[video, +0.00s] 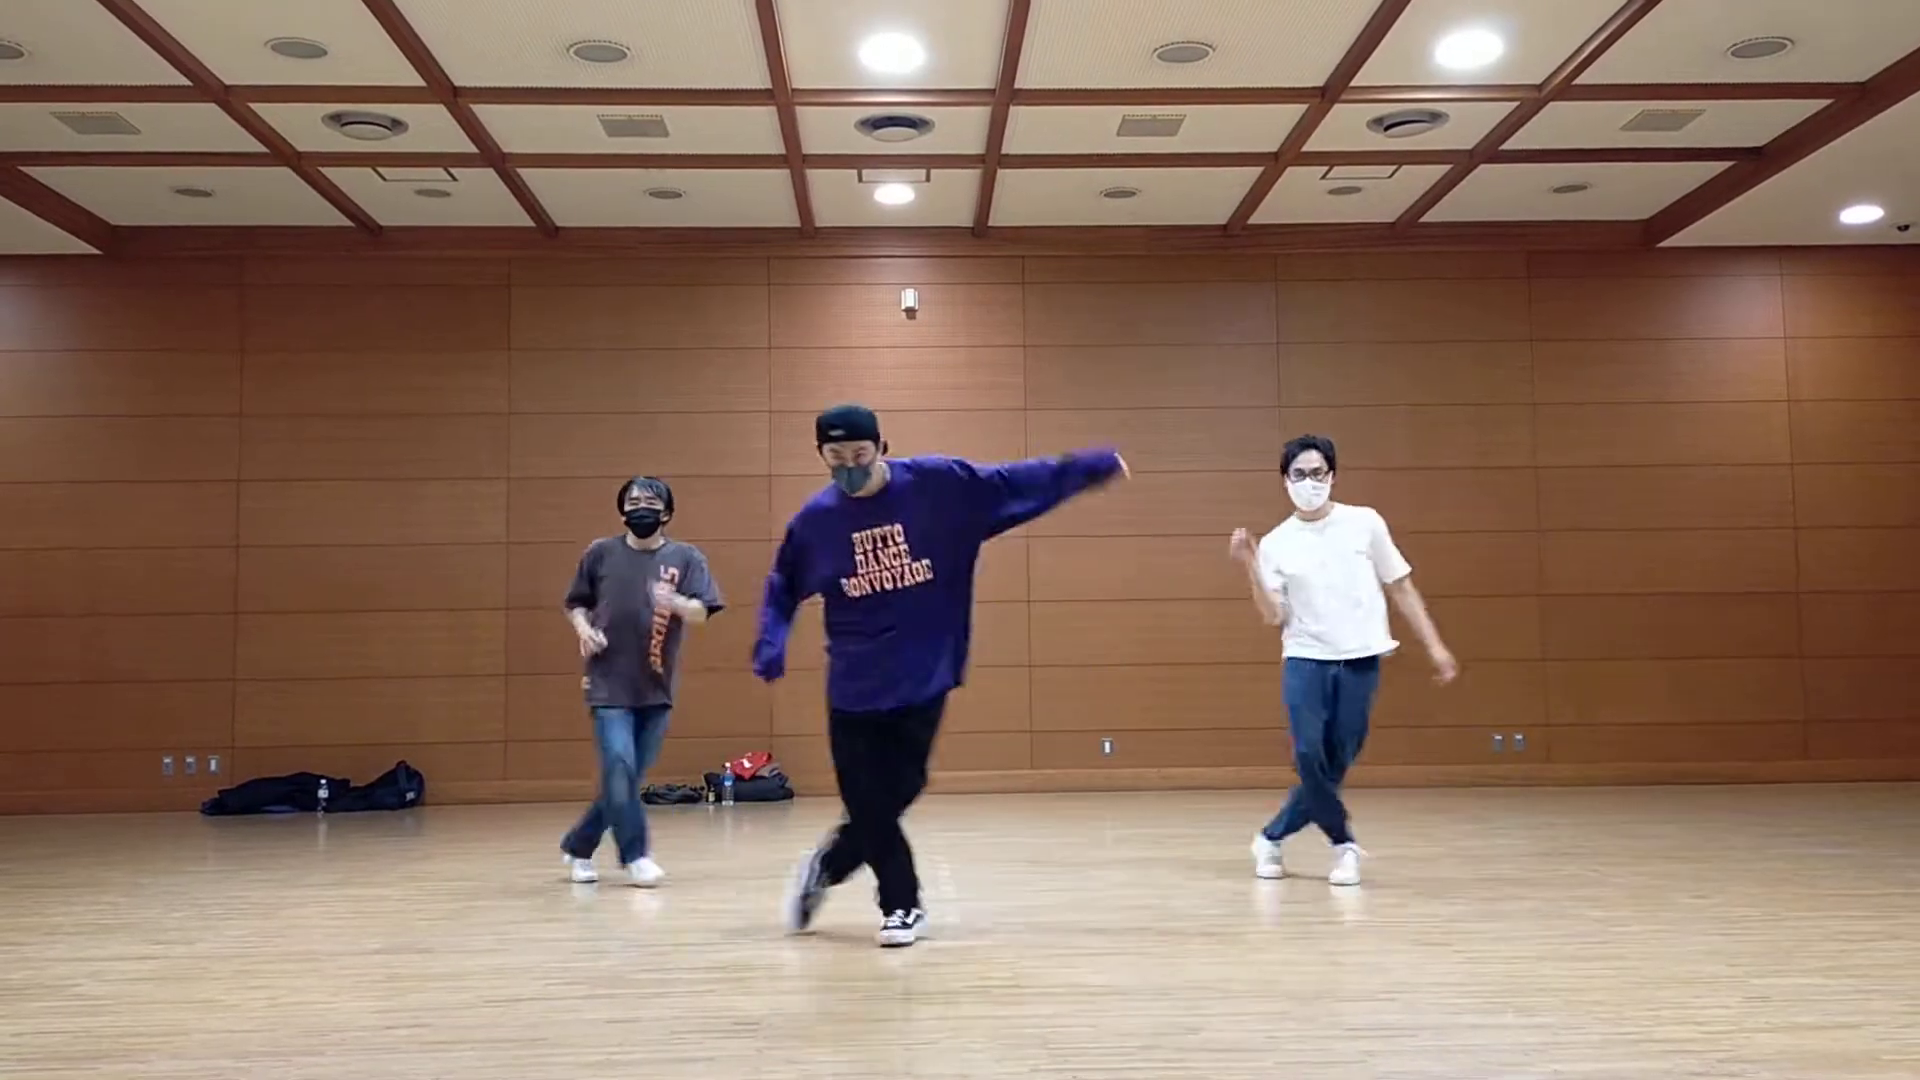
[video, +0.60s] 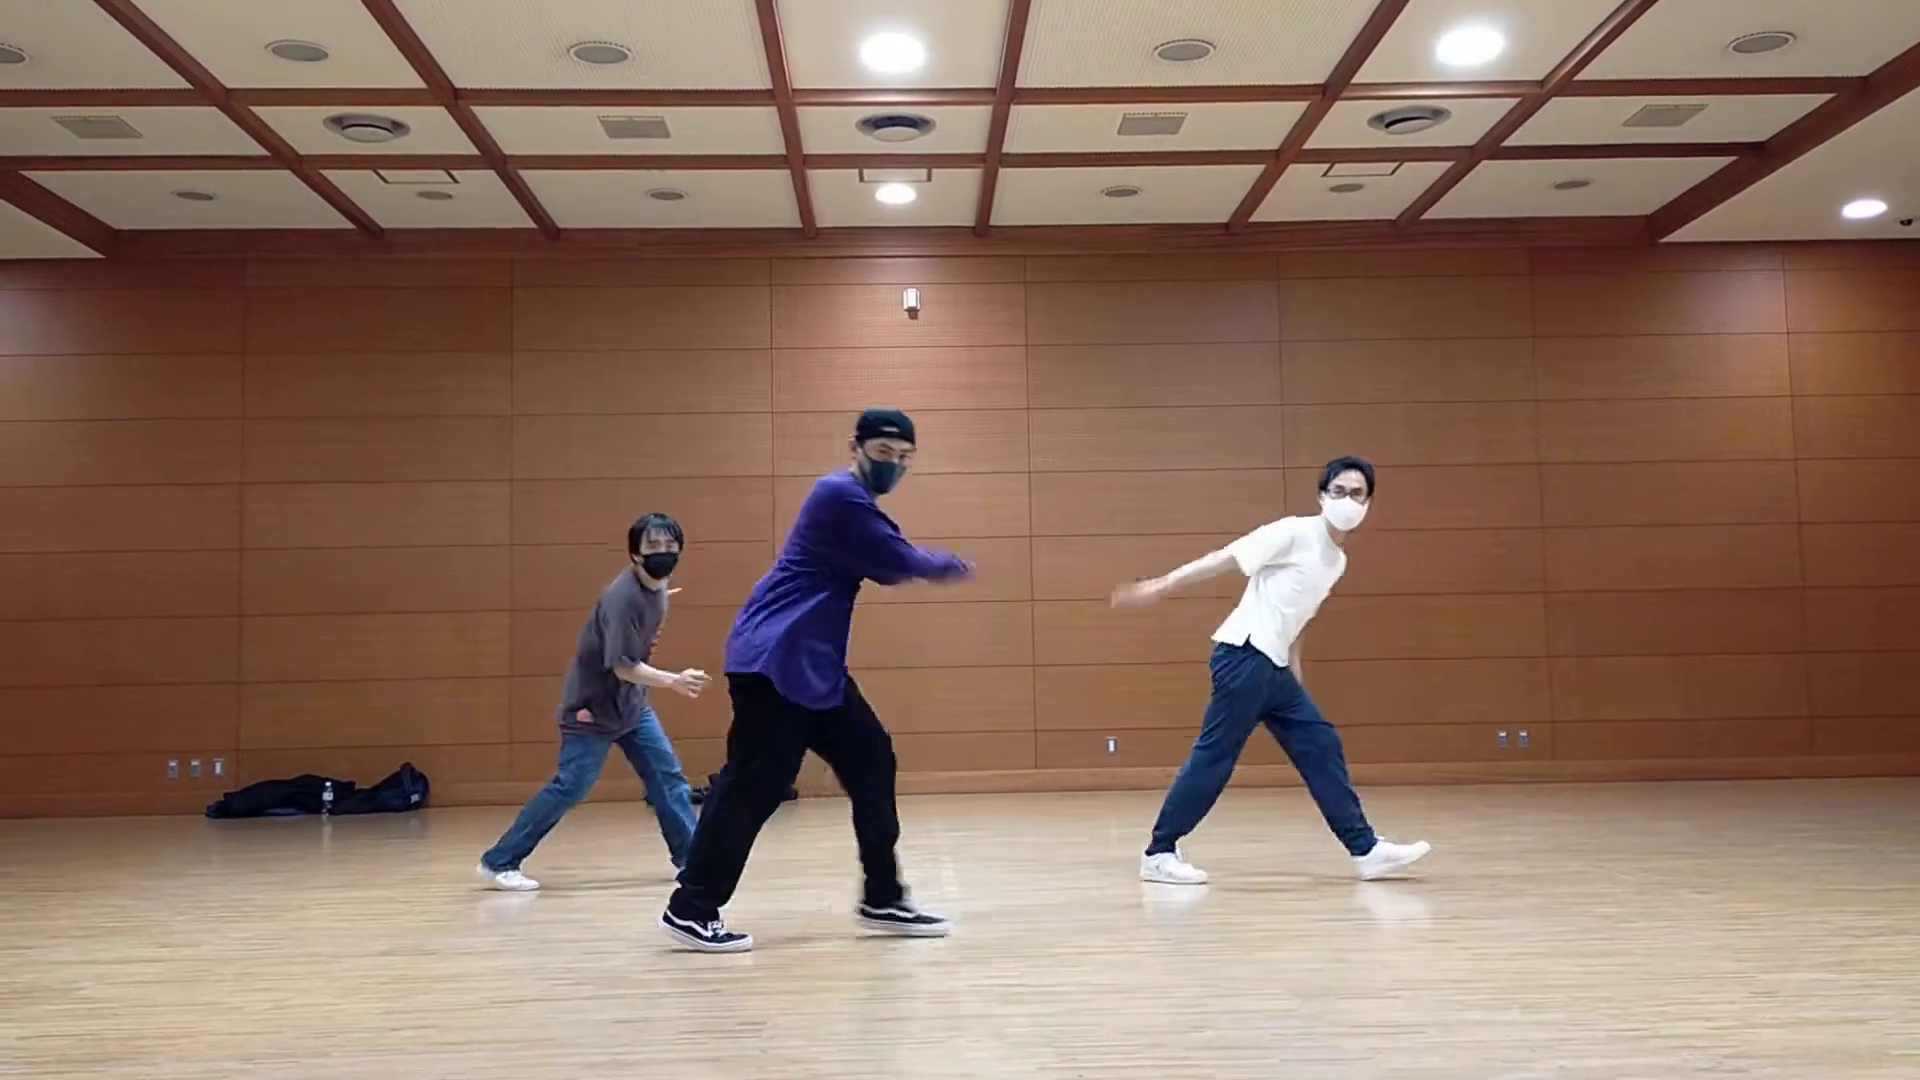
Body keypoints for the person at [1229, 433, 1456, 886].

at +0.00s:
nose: (1311, 482)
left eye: (1319, 474)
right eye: (1300, 475)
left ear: (1332, 478)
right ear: (1286, 482)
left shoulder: (1366, 524)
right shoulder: (1275, 543)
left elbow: (1401, 589)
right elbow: (1274, 616)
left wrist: (1436, 647)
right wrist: (1251, 567)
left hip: (1361, 658)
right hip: (1305, 658)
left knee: (1339, 759)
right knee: (1310, 752)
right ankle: (1343, 845)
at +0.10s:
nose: (1303, 487)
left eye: (1312, 479)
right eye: (1294, 479)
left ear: (1323, 484)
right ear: (1277, 483)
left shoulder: (1345, 535)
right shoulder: (1259, 539)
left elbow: (1367, 604)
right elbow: (1249, 605)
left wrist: (1389, 661)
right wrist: (1262, 542)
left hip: (1335, 666)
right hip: (1282, 661)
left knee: (1311, 763)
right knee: (1289, 743)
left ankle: (1258, 840)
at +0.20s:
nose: (1302, 478)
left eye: (1310, 471)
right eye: (1293, 469)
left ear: (1318, 476)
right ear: (1274, 472)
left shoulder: (1327, 527)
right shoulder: (1247, 524)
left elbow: (1335, 599)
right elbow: (1239, 588)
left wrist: (1347, 658)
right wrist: (1290, 556)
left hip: (1317, 655)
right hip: (1269, 652)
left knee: (1307, 758)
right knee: (1270, 747)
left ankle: (1253, 840)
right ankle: (1205, 835)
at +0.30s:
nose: (1306, 474)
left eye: (1314, 467)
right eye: (1298, 464)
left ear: (1321, 476)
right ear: (1276, 468)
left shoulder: (1315, 527)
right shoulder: (1248, 515)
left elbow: (1306, 601)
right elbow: (1235, 577)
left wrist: (1318, 656)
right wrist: (1303, 603)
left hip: (1294, 659)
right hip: (1249, 655)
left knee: (1327, 744)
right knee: (1229, 751)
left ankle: (1269, 829)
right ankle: (1172, 847)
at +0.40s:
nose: (1317, 482)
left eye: (1325, 475)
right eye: (1308, 472)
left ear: (1333, 484)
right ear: (1287, 476)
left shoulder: (1309, 538)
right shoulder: (1260, 522)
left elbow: (1284, 607)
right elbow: (1233, 585)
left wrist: (1299, 665)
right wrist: (1244, 653)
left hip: (1270, 656)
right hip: (1230, 652)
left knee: (1311, 742)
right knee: (1206, 751)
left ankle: (1342, 847)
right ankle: (1160, 852)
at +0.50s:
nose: (1330, 499)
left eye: (1339, 492)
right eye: (1322, 489)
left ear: (1347, 502)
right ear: (1302, 494)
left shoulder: (1313, 556)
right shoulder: (1279, 536)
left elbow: (1275, 622)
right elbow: (1221, 586)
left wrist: (1293, 682)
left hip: (1259, 666)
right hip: (1229, 658)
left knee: (1306, 751)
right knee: (1206, 757)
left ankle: (1358, 849)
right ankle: (1159, 854)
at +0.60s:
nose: (1349, 501)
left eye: (1359, 494)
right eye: (1341, 491)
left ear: (1367, 505)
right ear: (1322, 496)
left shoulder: (1336, 561)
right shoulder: (1293, 532)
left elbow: (1295, 624)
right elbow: (1225, 558)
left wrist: (1295, 683)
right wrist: (1159, 585)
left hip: (1276, 666)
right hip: (1243, 656)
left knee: (1320, 745)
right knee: (1215, 755)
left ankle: (1365, 849)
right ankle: (1158, 853)